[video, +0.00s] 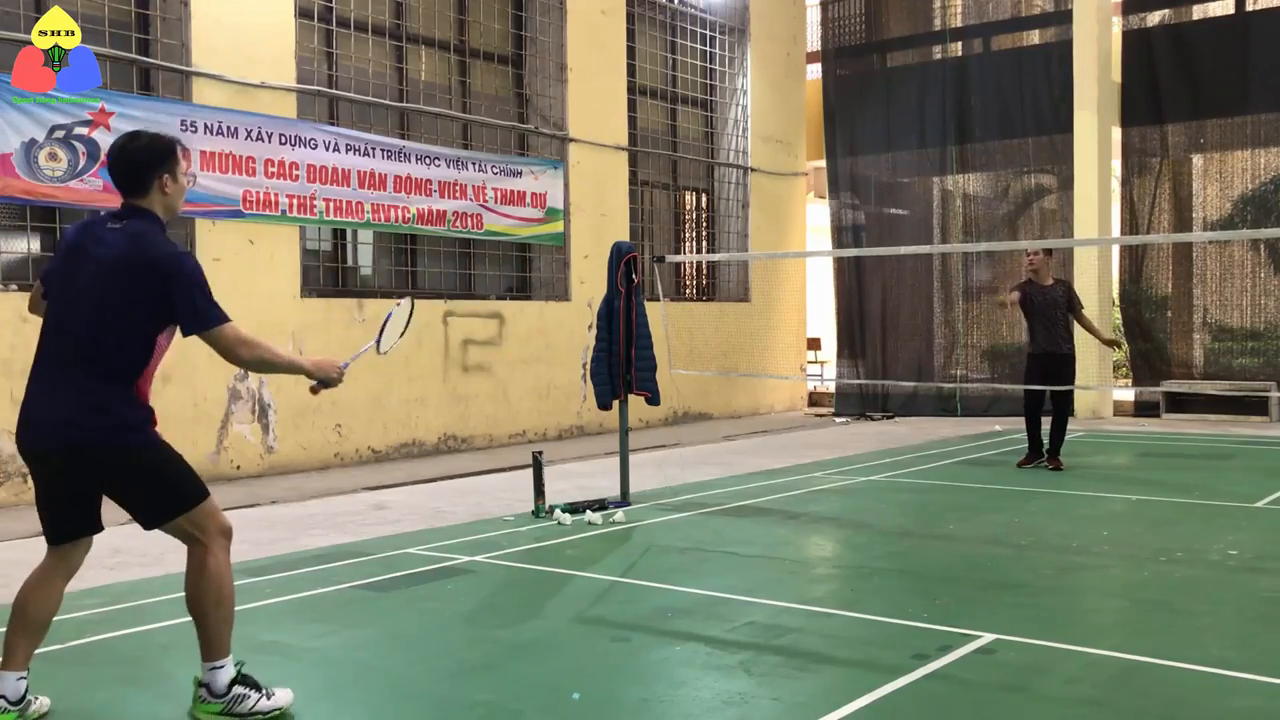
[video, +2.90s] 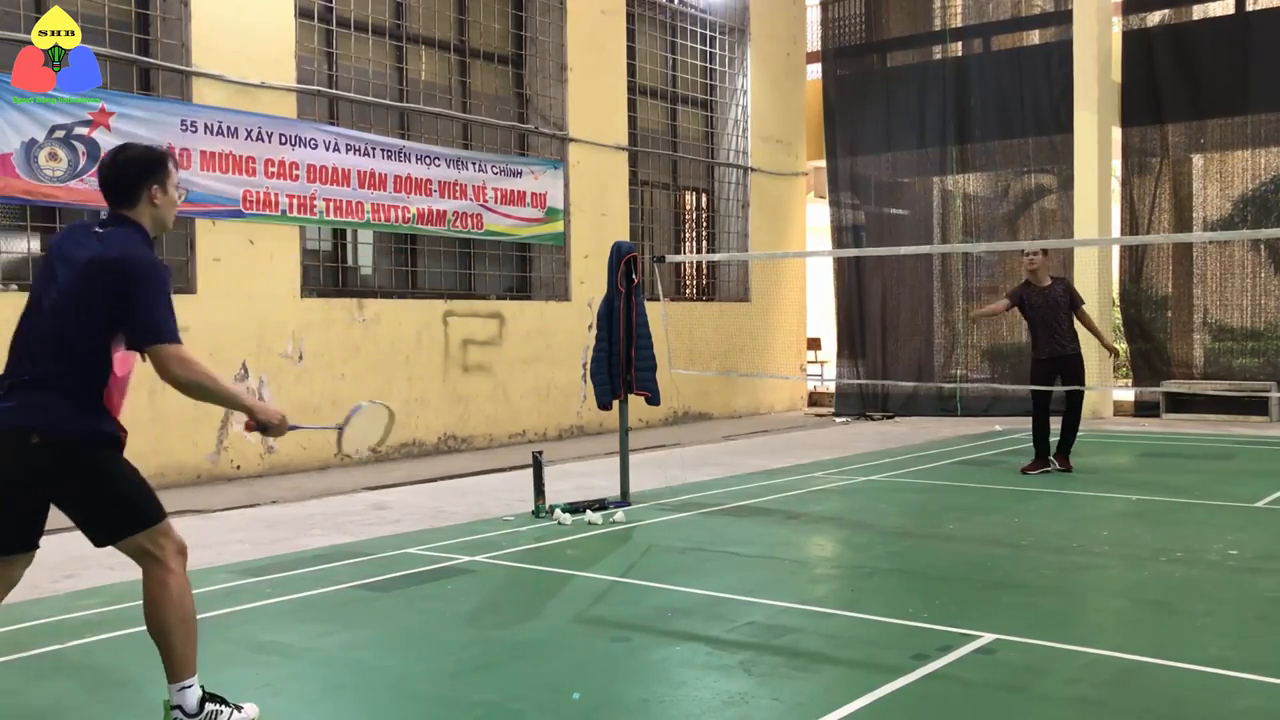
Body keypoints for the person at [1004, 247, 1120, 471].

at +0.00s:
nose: (1029, 259)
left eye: (1034, 254)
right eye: (1027, 255)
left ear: (1047, 258)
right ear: (1026, 260)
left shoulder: (1064, 287)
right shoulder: (1024, 288)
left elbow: (1080, 317)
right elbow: (1013, 297)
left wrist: (1102, 338)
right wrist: (1007, 301)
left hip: (1063, 355)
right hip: (1037, 355)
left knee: (1061, 408)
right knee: (1032, 406)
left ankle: (1053, 455)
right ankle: (1035, 452)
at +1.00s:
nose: (1033, 255)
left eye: (1038, 252)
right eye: (1030, 252)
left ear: (1047, 256)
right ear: (1026, 257)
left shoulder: (1060, 289)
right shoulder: (1018, 287)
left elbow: (1066, 325)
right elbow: (1010, 312)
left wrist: (1075, 355)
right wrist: (1009, 331)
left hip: (1052, 355)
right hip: (1023, 354)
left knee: (1059, 406)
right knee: (1018, 405)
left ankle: (1060, 454)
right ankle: (1016, 456)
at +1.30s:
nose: (1043, 258)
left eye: (1047, 254)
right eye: (1039, 254)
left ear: (1058, 257)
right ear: (1036, 258)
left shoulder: (1071, 290)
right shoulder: (1028, 289)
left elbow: (1078, 325)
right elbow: (1008, 315)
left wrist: (1086, 358)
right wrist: (1020, 314)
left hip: (1061, 358)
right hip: (1032, 356)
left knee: (1063, 409)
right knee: (1023, 405)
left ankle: (1059, 455)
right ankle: (1022, 454)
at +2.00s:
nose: (1020, 257)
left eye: (1025, 253)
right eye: (1017, 254)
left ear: (1036, 258)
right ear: (1014, 260)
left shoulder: (1054, 285)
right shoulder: (1011, 291)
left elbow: (1069, 317)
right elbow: (1000, 316)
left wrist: (1087, 344)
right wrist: (998, 330)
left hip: (1056, 355)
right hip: (1028, 357)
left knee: (1062, 405)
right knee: (1026, 407)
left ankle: (1058, 453)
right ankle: (1029, 457)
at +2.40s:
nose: (1038, 257)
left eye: (1043, 253)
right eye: (1034, 253)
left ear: (1053, 257)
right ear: (1030, 258)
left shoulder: (1066, 287)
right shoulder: (1024, 287)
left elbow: (1074, 322)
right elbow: (1001, 314)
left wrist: (1083, 353)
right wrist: (1020, 304)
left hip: (1060, 356)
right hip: (1031, 356)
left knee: (1061, 408)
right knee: (1024, 405)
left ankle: (1056, 457)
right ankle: (1029, 455)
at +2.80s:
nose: (1035, 256)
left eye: (1040, 252)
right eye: (1032, 252)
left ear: (1051, 256)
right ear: (1028, 257)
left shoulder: (1067, 284)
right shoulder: (1024, 288)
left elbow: (1083, 316)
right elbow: (999, 311)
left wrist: (1102, 343)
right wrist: (1005, 293)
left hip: (1068, 355)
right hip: (1040, 356)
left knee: (1068, 408)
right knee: (1039, 408)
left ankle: (1059, 456)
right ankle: (1041, 458)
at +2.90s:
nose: (1030, 258)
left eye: (1035, 254)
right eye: (1026, 255)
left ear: (1045, 258)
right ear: (1023, 260)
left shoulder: (1063, 285)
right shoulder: (1022, 291)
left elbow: (1083, 316)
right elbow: (1000, 306)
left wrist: (1105, 342)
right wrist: (976, 313)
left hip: (1071, 355)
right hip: (1042, 358)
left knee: (1074, 406)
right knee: (1040, 408)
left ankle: (1063, 455)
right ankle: (1041, 458)